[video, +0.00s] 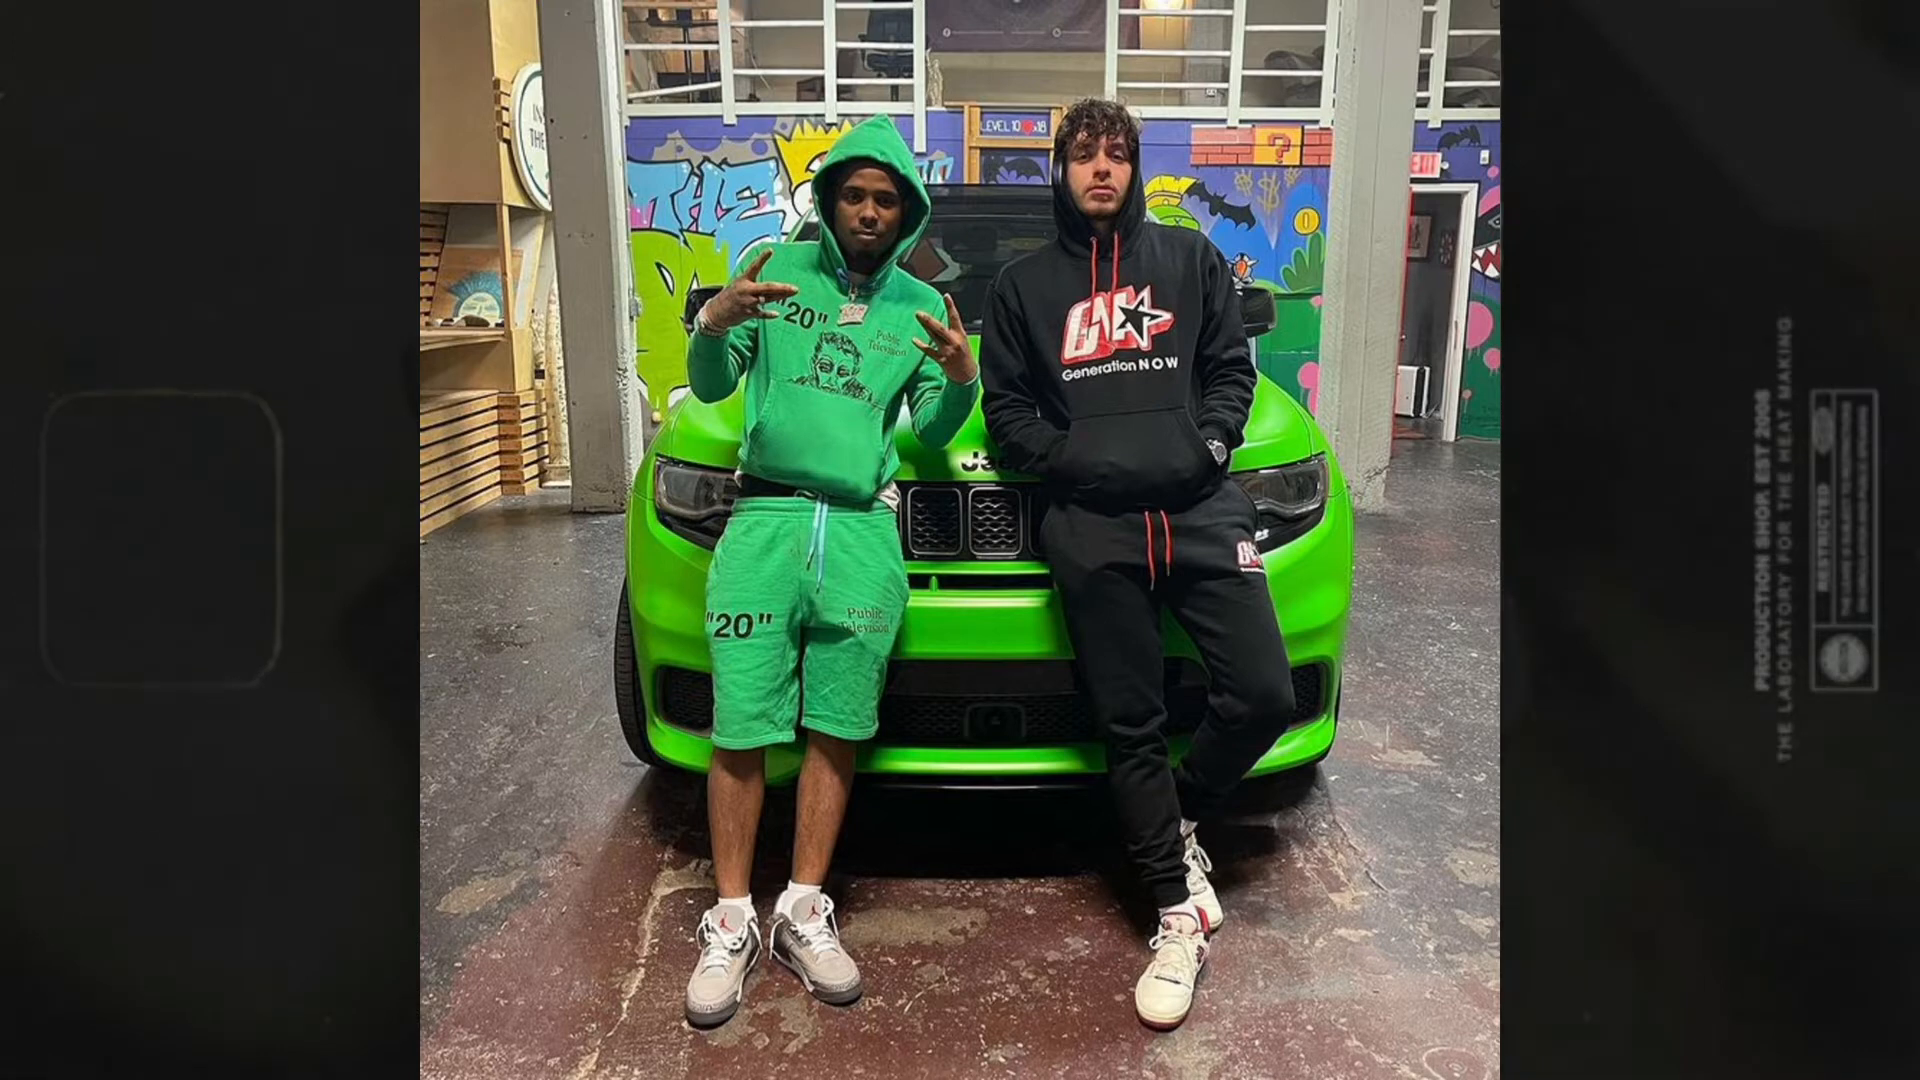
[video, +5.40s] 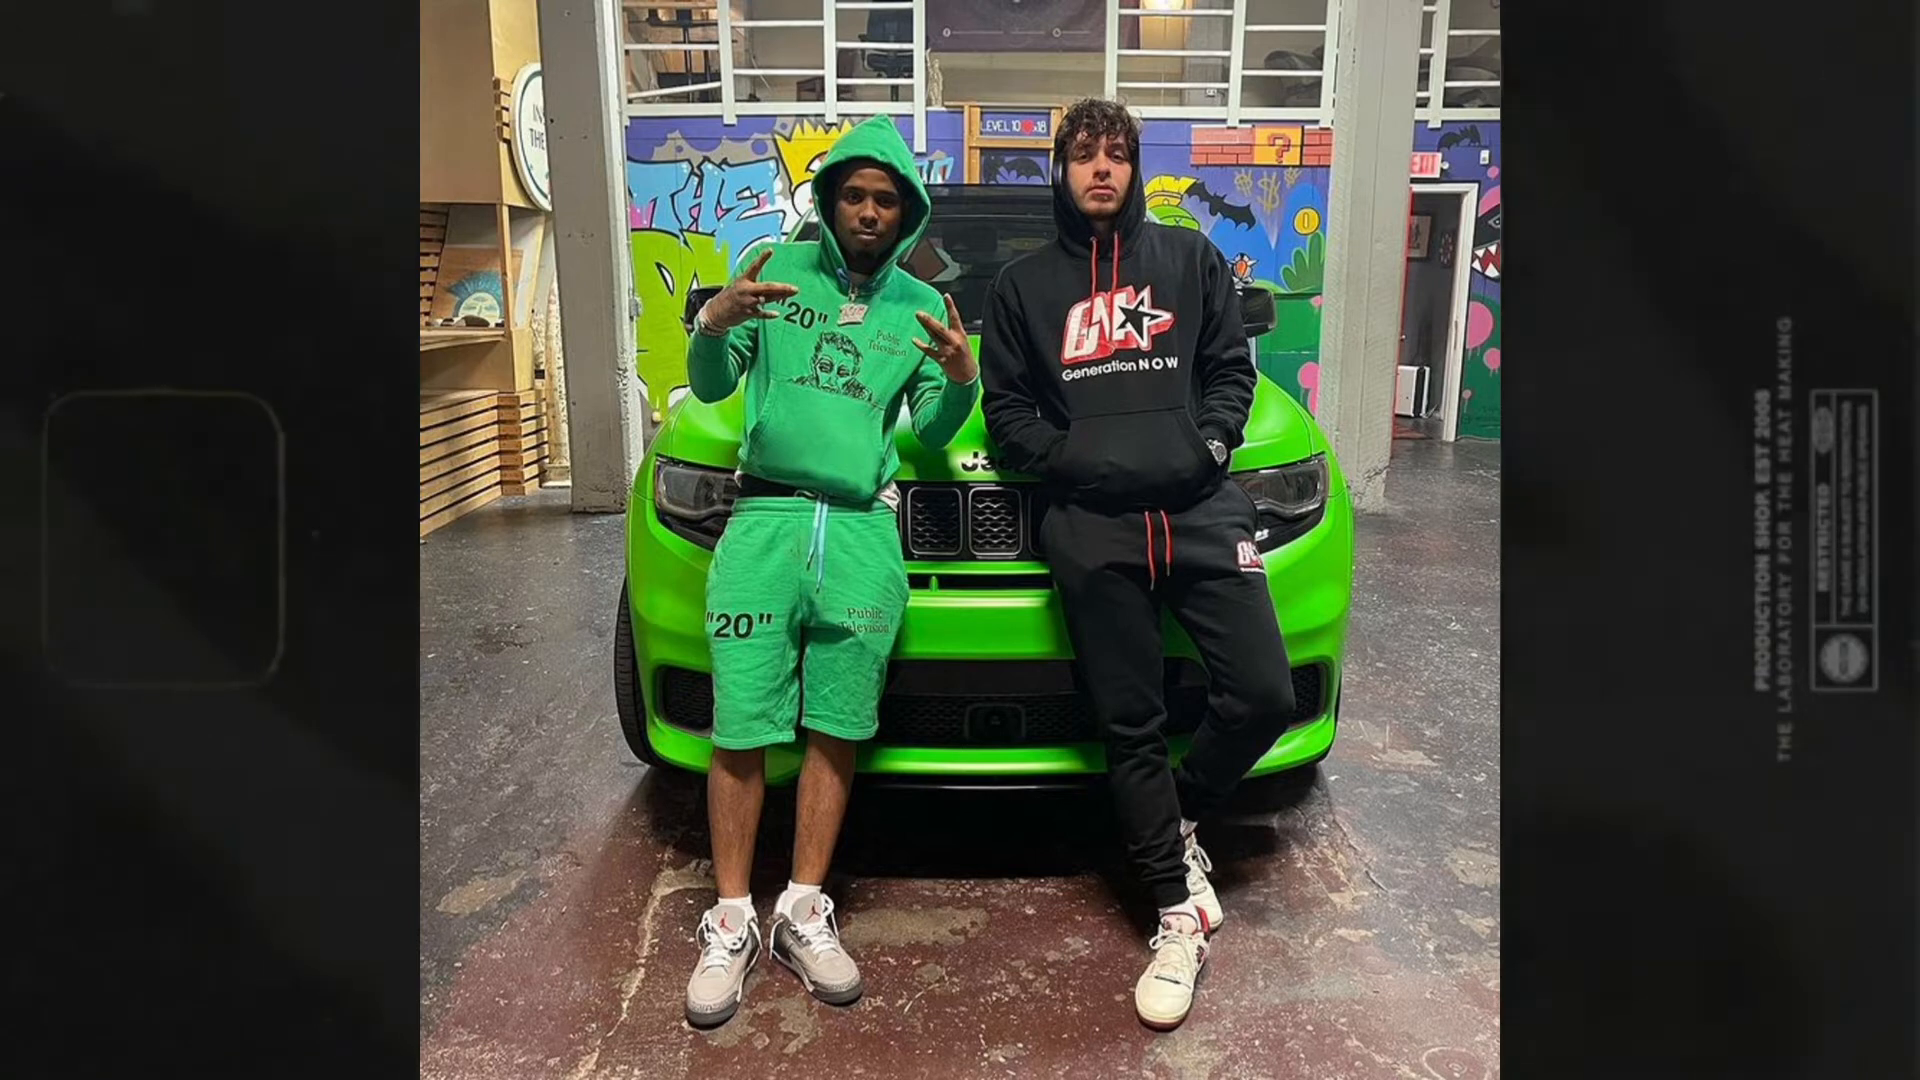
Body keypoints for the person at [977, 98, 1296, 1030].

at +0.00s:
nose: (1102, 171)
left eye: (1115, 158)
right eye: (1087, 158)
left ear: (1137, 171)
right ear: (1061, 172)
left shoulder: (1191, 256)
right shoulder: (1017, 280)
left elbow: (1232, 363)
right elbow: (1003, 403)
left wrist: (1209, 444)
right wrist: (1065, 457)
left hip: (1200, 503)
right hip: (1091, 514)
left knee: (1262, 692)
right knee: (1131, 719)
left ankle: (1180, 818)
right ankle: (1179, 917)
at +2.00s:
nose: (1102, 171)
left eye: (1116, 158)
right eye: (1088, 158)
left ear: (1137, 171)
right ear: (1062, 171)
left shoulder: (1191, 256)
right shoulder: (1018, 280)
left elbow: (1232, 364)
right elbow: (1004, 403)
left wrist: (1209, 444)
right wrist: (1065, 457)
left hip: (1200, 503)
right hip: (1091, 514)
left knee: (1262, 693)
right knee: (1131, 718)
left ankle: (1179, 819)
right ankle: (1179, 916)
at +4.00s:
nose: (1102, 171)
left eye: (1115, 158)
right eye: (1087, 158)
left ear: (1137, 171)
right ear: (1061, 172)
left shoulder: (1191, 256)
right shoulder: (1017, 280)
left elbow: (1232, 363)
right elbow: (1003, 403)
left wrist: (1209, 444)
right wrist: (1064, 457)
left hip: (1200, 503)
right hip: (1091, 514)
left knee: (1262, 692)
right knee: (1131, 719)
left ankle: (1180, 818)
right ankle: (1179, 918)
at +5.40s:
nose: (1102, 172)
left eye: (1115, 159)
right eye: (1087, 159)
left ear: (1137, 170)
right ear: (1062, 171)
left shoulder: (1192, 257)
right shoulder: (1019, 280)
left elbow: (1232, 365)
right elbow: (1005, 404)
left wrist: (1208, 444)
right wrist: (1065, 457)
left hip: (1200, 502)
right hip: (1090, 513)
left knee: (1262, 693)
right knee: (1131, 717)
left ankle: (1179, 821)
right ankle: (1180, 915)